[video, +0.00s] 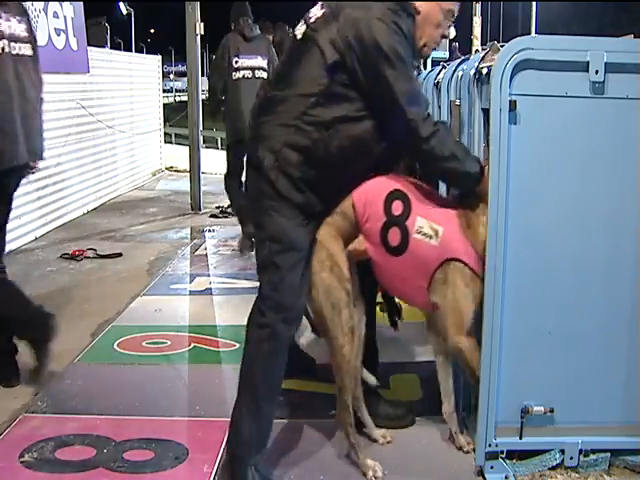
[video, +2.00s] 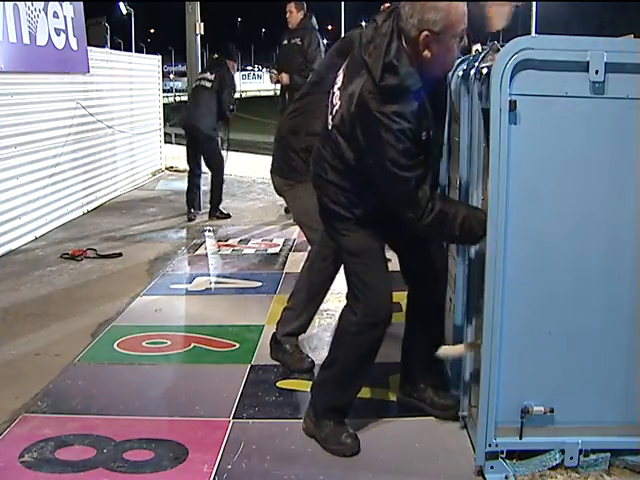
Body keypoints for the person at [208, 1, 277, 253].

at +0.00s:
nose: (237, 25)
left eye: (235, 22)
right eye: (242, 20)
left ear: (235, 21)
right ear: (251, 19)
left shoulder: (228, 43)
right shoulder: (266, 43)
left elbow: (217, 80)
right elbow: (277, 76)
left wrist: (216, 104)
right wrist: (272, 100)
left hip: (238, 122)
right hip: (262, 121)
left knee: (232, 177)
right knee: (257, 178)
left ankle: (247, 224)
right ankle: (252, 231)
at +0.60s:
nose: (209, 35)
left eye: (206, 31)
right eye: (214, 32)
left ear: (204, 31)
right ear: (221, 30)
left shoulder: (196, 54)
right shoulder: (233, 52)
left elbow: (188, 87)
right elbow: (242, 85)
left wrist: (190, 112)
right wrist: (240, 108)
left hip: (205, 120)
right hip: (228, 118)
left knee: (208, 169)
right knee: (223, 166)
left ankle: (213, 222)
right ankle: (220, 211)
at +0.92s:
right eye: (217, 53)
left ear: (203, 54)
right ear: (220, 55)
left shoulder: (194, 68)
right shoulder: (227, 72)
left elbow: (184, 98)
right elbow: (232, 108)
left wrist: (189, 120)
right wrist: (232, 139)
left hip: (197, 123)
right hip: (219, 123)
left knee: (194, 168)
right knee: (219, 169)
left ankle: (196, 209)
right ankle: (216, 214)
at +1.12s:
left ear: (204, 81)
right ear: (218, 84)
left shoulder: (193, 90)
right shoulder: (220, 94)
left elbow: (181, 117)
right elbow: (227, 125)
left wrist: (183, 139)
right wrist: (229, 152)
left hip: (189, 130)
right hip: (212, 130)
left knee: (192, 167)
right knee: (222, 169)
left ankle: (191, 209)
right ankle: (217, 211)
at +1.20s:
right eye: (220, 100)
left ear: (203, 94)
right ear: (218, 98)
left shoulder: (189, 102)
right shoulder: (220, 106)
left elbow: (177, 126)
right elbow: (225, 137)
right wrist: (228, 167)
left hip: (183, 133)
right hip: (206, 133)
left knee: (189, 168)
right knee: (224, 169)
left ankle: (190, 210)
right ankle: (214, 212)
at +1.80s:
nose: (231, 93)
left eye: (231, 91)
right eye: (230, 90)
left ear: (213, 78)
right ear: (227, 84)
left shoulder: (201, 84)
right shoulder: (224, 90)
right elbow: (223, 117)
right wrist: (223, 143)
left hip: (182, 124)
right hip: (199, 125)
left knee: (189, 169)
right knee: (217, 161)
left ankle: (191, 211)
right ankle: (213, 205)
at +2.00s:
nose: (235, 68)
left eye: (235, 65)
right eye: (235, 65)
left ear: (219, 60)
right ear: (230, 62)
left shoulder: (204, 72)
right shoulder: (225, 73)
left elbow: (197, 98)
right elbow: (225, 99)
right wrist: (227, 114)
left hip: (189, 123)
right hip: (205, 125)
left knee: (194, 169)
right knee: (217, 167)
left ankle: (192, 209)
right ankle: (215, 209)